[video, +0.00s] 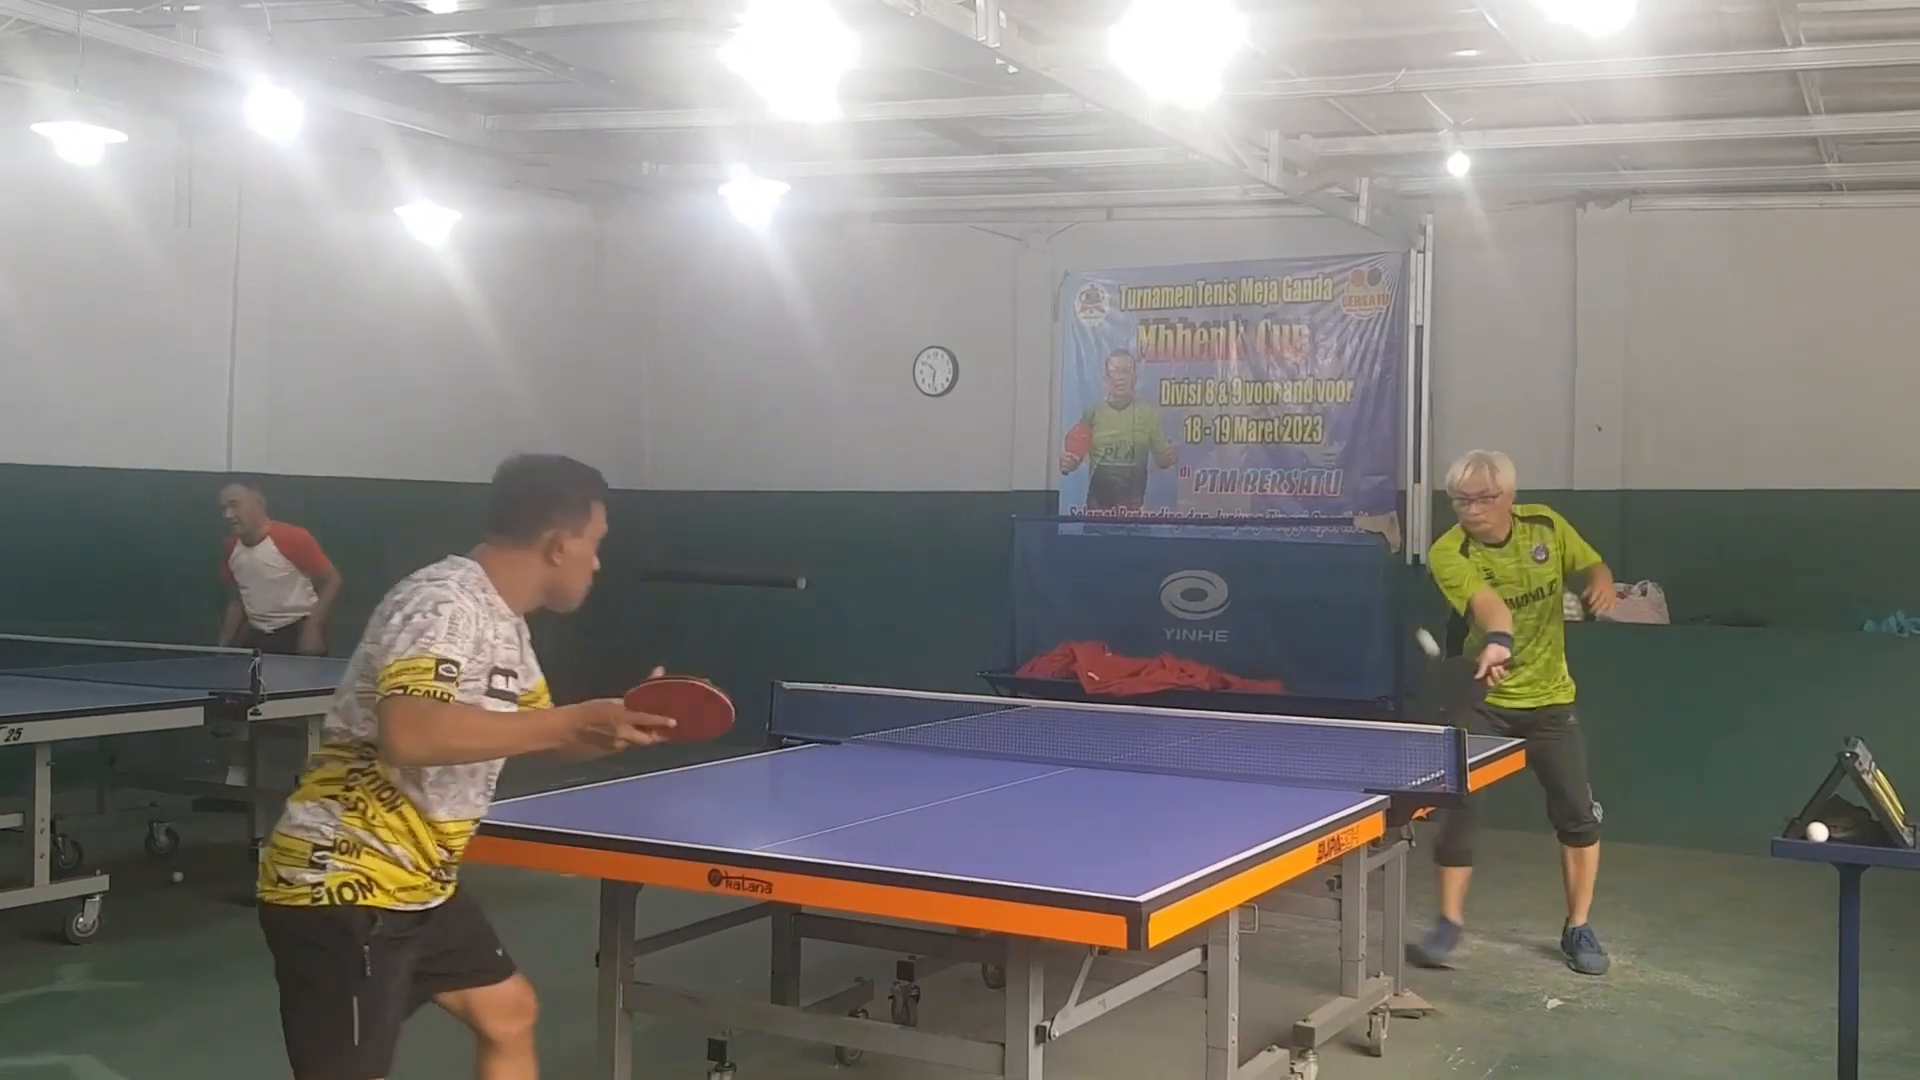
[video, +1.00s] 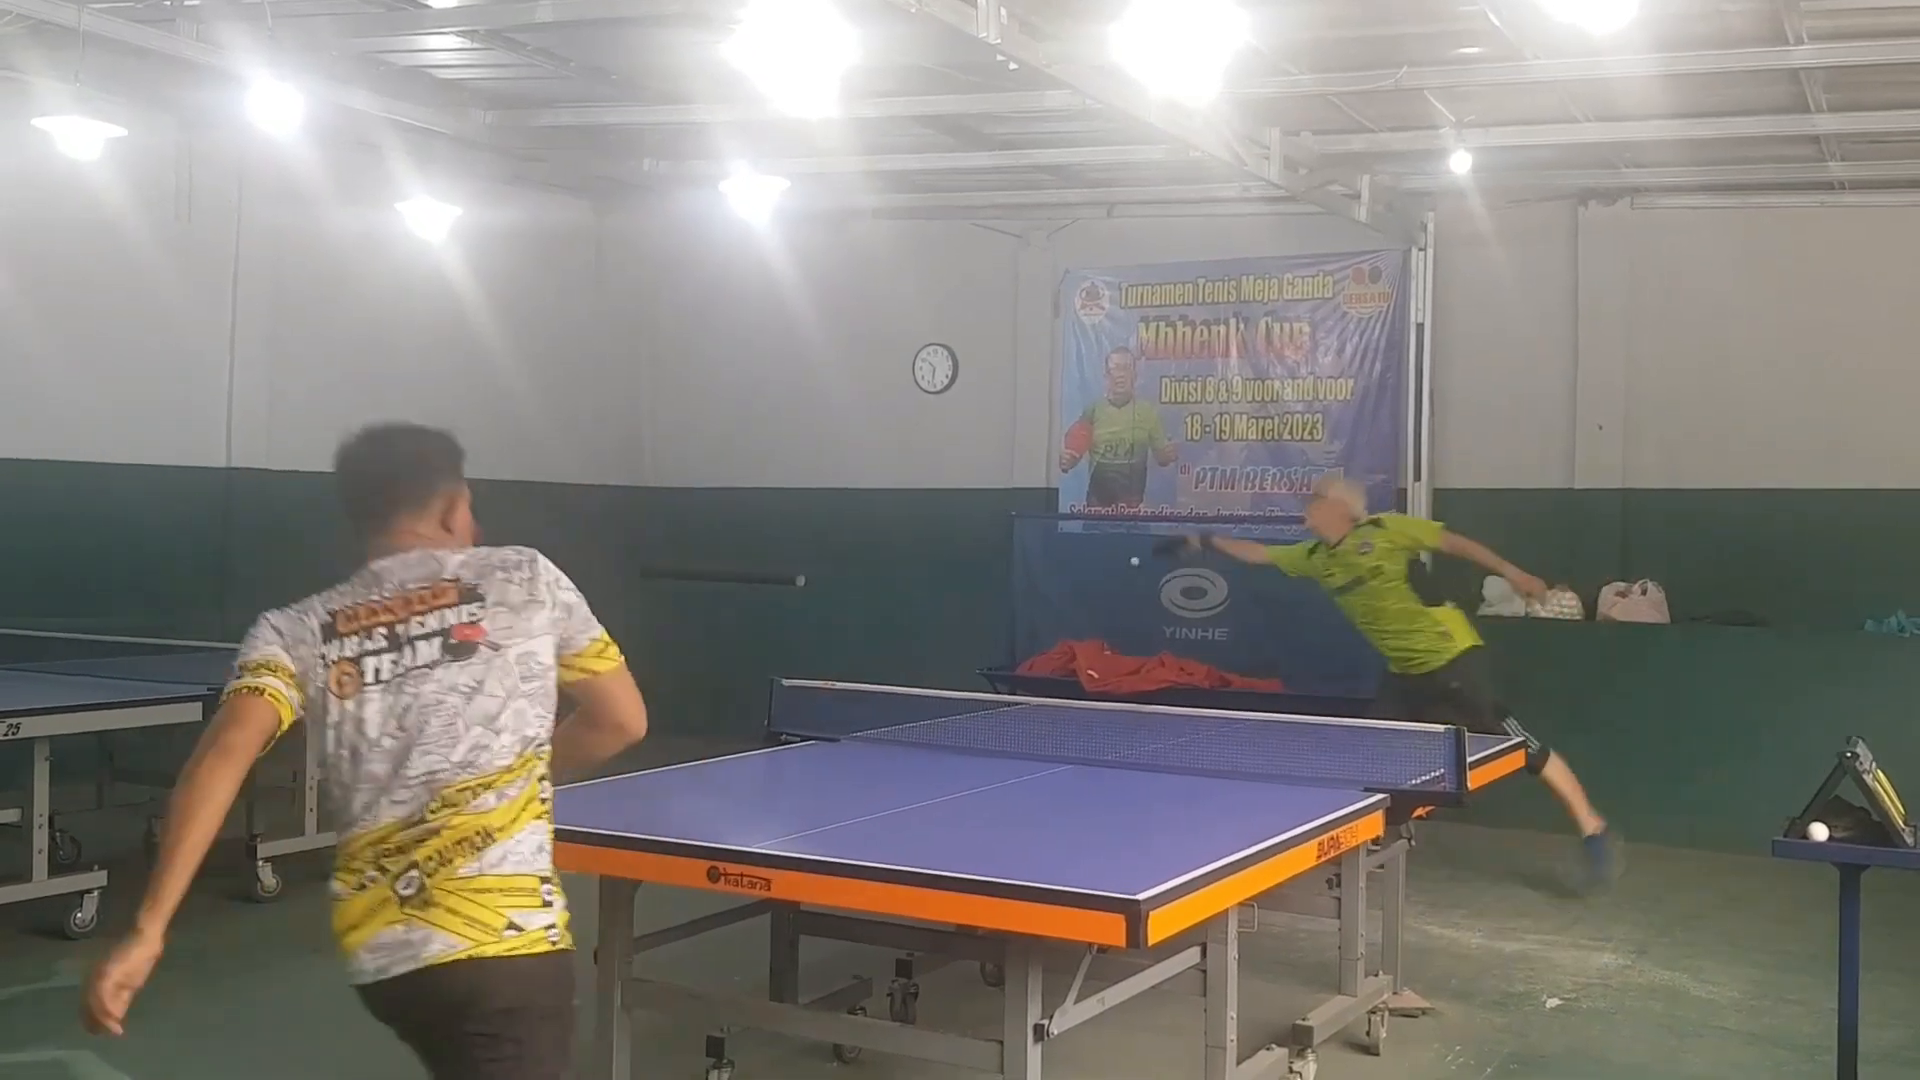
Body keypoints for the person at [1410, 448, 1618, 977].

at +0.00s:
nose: (1471, 510)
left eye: (1483, 499)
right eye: (1461, 500)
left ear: (1510, 497)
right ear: (1453, 501)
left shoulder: (1545, 525)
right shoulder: (1447, 552)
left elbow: (1594, 569)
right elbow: (1483, 600)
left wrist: (1601, 588)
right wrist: (1499, 637)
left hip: (1549, 699)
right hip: (1481, 701)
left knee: (1577, 810)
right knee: (1456, 795)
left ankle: (1579, 927)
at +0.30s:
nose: (1481, 505)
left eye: (1493, 494)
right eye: (1472, 495)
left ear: (1519, 496)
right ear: (1462, 499)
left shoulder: (1556, 539)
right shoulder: (1444, 557)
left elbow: (1611, 588)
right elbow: (1440, 631)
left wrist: (1617, 621)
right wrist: (1429, 649)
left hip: (1539, 691)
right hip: (1465, 692)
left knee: (1561, 805)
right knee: (1455, 796)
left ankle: (1576, 929)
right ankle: (1454, 921)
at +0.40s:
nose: (1467, 522)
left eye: (1478, 511)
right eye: (1458, 513)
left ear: (1504, 514)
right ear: (1450, 517)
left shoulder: (1544, 559)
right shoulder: (1434, 570)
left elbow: (1596, 617)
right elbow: (1418, 641)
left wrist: (1616, 684)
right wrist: (1397, 659)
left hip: (1529, 700)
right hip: (1454, 700)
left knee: (1556, 806)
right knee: (1395, 788)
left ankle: (1576, 929)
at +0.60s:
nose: (1417, 528)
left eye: (1428, 518)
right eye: (1409, 519)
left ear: (1450, 520)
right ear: (1400, 522)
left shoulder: (1487, 556)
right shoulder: (1382, 572)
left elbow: (1540, 601)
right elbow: (1357, 635)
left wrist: (1564, 638)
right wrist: (1328, 663)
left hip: (1481, 696)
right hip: (1408, 699)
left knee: (1534, 789)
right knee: (1367, 786)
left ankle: (1561, 903)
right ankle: (1344, 875)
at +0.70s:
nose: (1414, 510)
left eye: (1423, 500)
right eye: (1406, 502)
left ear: (1445, 502)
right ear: (1396, 507)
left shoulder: (1484, 536)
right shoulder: (1385, 558)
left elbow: (1538, 582)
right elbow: (1366, 618)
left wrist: (1542, 607)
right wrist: (1336, 648)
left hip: (1489, 681)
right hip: (1420, 679)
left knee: (1521, 787)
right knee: (1378, 756)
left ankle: (1547, 865)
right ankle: (1360, 853)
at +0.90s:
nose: (1346, 503)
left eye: (1356, 492)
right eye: (1347, 493)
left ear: (1386, 498)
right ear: (1362, 501)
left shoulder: (1431, 525)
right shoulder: (1353, 555)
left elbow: (1499, 550)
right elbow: (1305, 582)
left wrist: (1548, 584)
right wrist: (1248, 594)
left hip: (1483, 672)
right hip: (1421, 675)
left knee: (1525, 770)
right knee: (1380, 753)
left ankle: (1558, 866)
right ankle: (1380, 846)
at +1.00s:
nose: (1306, 515)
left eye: (1313, 505)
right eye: (1306, 507)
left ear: (1344, 506)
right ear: (1323, 514)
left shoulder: (1390, 529)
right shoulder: (1314, 557)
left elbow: (1457, 545)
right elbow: (1258, 555)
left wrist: (1515, 575)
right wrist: (1208, 541)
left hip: (1453, 656)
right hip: (1403, 671)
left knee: (1513, 739)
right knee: (1372, 748)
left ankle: (1592, 826)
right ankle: (1375, 836)